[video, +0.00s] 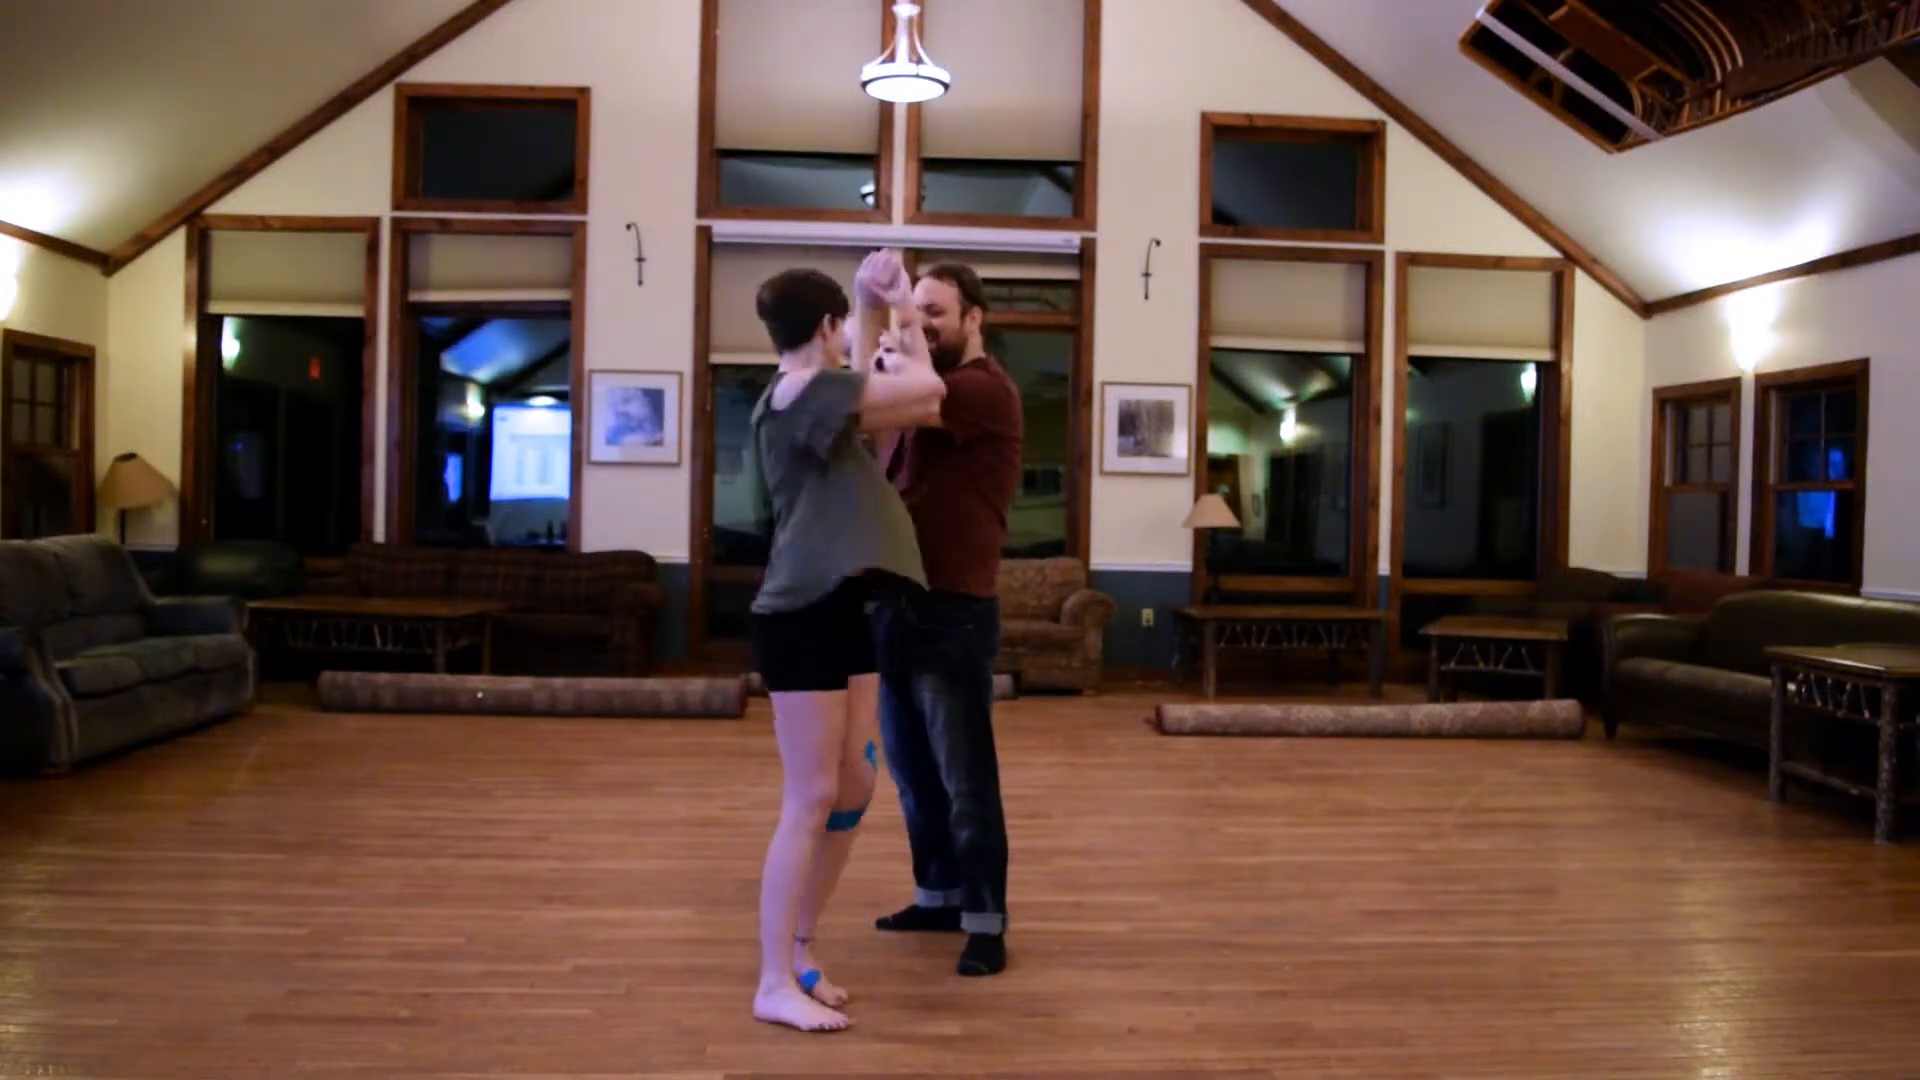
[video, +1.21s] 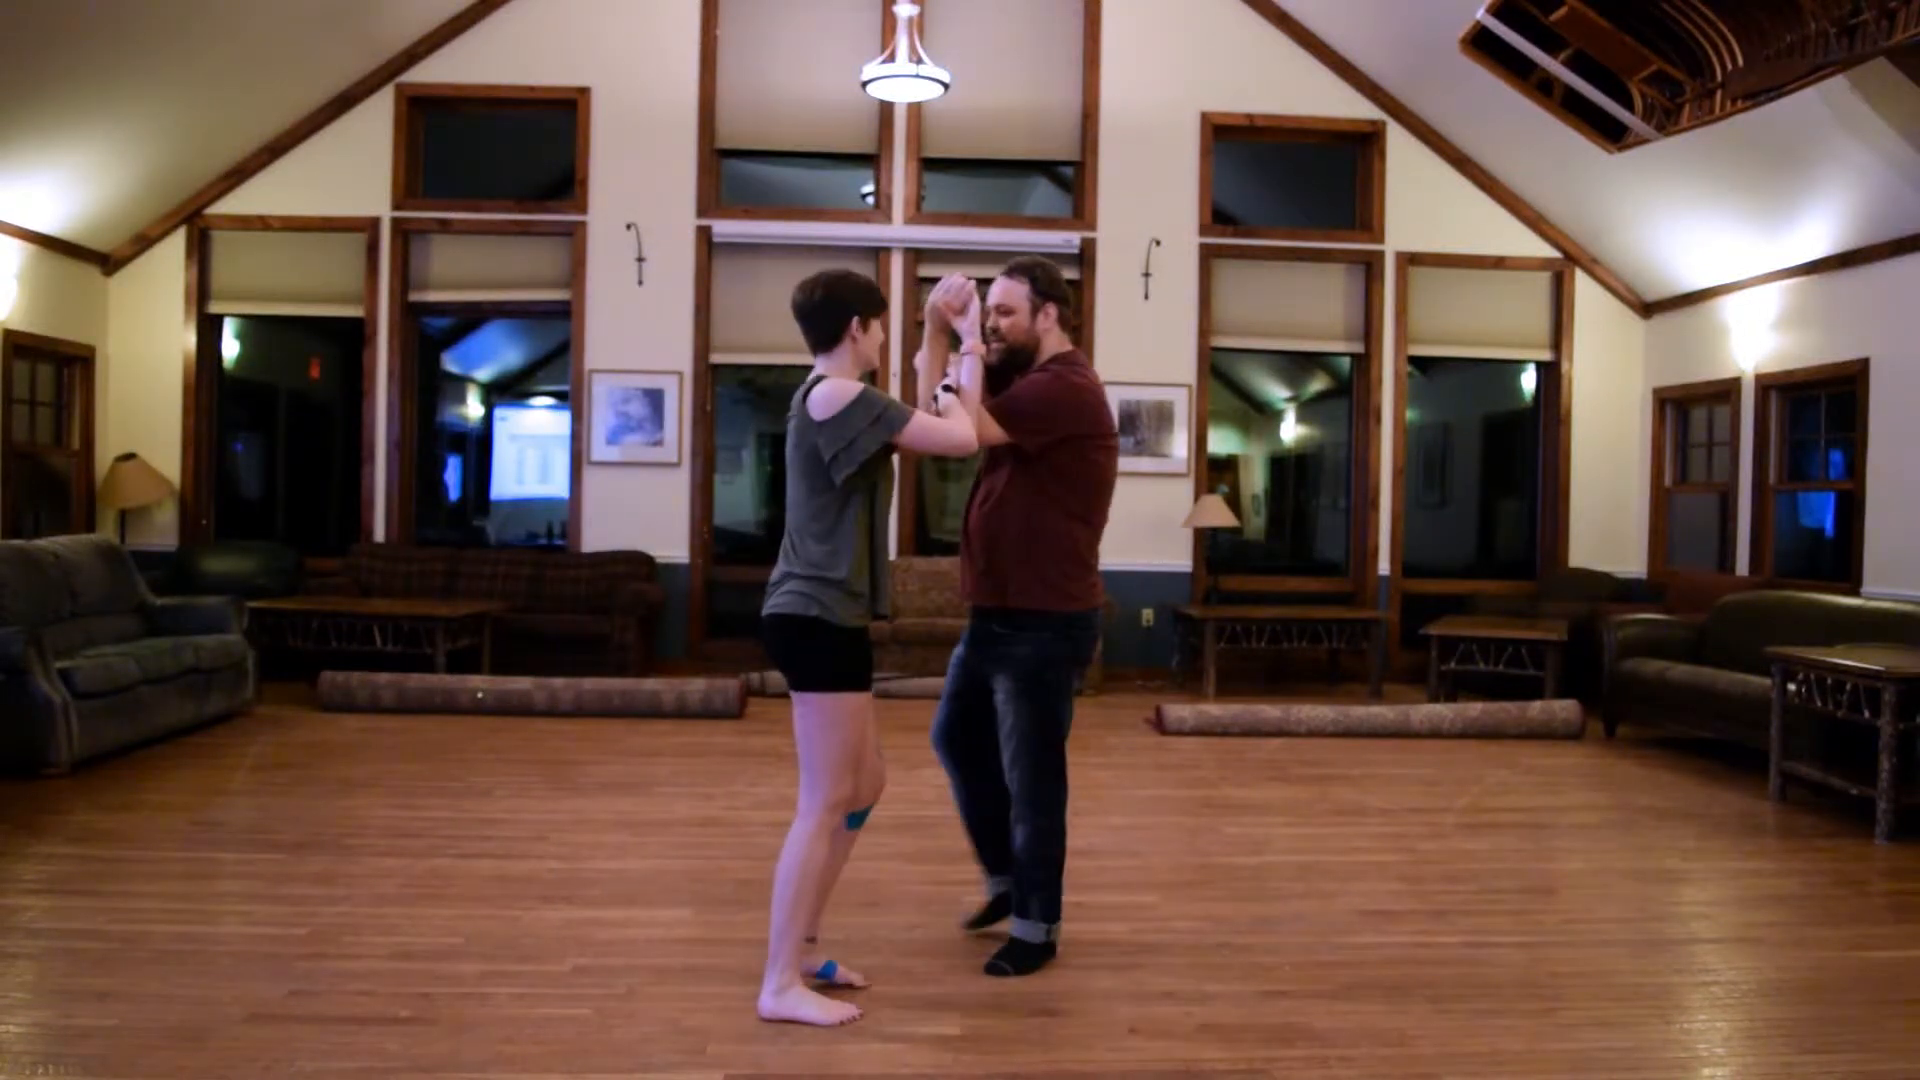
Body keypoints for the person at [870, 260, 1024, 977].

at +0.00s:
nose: (919, 323)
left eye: (935, 312)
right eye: (915, 311)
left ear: (972, 319)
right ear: (911, 317)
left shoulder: (989, 386)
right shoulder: (920, 385)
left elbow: (901, 406)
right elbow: (866, 417)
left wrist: (892, 320)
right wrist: (877, 328)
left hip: (956, 598)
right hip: (900, 592)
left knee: (963, 769)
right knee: (914, 764)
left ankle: (985, 920)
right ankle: (939, 898)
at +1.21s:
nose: (991, 327)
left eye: (1005, 314)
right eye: (990, 315)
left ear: (1049, 315)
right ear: (1007, 321)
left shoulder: (1067, 385)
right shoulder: (1023, 381)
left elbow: (973, 424)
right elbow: (932, 413)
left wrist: (972, 349)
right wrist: (940, 329)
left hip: (1044, 619)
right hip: (995, 613)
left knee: (1032, 776)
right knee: (957, 739)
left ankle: (1038, 924)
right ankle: (1005, 877)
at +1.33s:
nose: (1018, 322)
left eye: (1030, 310)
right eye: (1016, 311)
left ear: (1073, 314)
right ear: (1032, 317)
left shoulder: (1090, 384)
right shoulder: (1045, 372)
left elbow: (990, 427)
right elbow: (969, 396)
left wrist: (977, 347)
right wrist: (966, 329)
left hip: (1064, 617)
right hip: (1019, 611)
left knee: (1045, 775)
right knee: (998, 748)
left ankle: (1039, 928)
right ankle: (1099, 863)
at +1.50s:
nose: (1044, 327)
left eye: (1056, 315)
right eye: (1044, 316)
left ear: (1097, 318)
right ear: (1082, 319)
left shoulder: (1111, 389)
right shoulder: (1080, 373)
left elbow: (1001, 434)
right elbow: (983, 401)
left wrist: (1002, 353)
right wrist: (984, 335)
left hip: (1085, 618)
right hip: (1068, 613)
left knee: (1051, 775)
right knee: (1089, 765)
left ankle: (1040, 927)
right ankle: (1153, 910)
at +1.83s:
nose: (1101, 328)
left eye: (1111, 315)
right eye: (1100, 315)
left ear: (1154, 318)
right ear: (1150, 321)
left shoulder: (1167, 388)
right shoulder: (1154, 381)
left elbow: (1061, 430)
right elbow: (1059, 419)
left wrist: (1054, 344)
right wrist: (1051, 343)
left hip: (1143, 614)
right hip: (1153, 610)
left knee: (1093, 755)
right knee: (1149, 760)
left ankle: (1150, 922)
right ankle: (1161, 921)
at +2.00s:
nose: (1132, 330)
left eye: (1142, 317)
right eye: (1131, 317)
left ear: (1183, 318)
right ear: (1170, 320)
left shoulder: (1205, 387)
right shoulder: (1164, 376)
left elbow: (1105, 438)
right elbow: (1076, 418)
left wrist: (1103, 362)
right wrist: (1079, 342)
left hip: (1183, 615)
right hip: (1148, 611)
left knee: (1159, 774)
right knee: (1151, 773)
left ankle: (1247, 907)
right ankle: (1160, 926)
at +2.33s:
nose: (1197, 333)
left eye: (1209, 319)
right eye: (1194, 320)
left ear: (1251, 319)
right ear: (1231, 320)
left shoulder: (1277, 385)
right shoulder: (1229, 378)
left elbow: (1178, 440)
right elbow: (1147, 426)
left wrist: (1168, 358)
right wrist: (1149, 347)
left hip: (1259, 619)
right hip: (1211, 615)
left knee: (1248, 772)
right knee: (1186, 749)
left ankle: (1264, 929)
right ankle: (1241, 896)